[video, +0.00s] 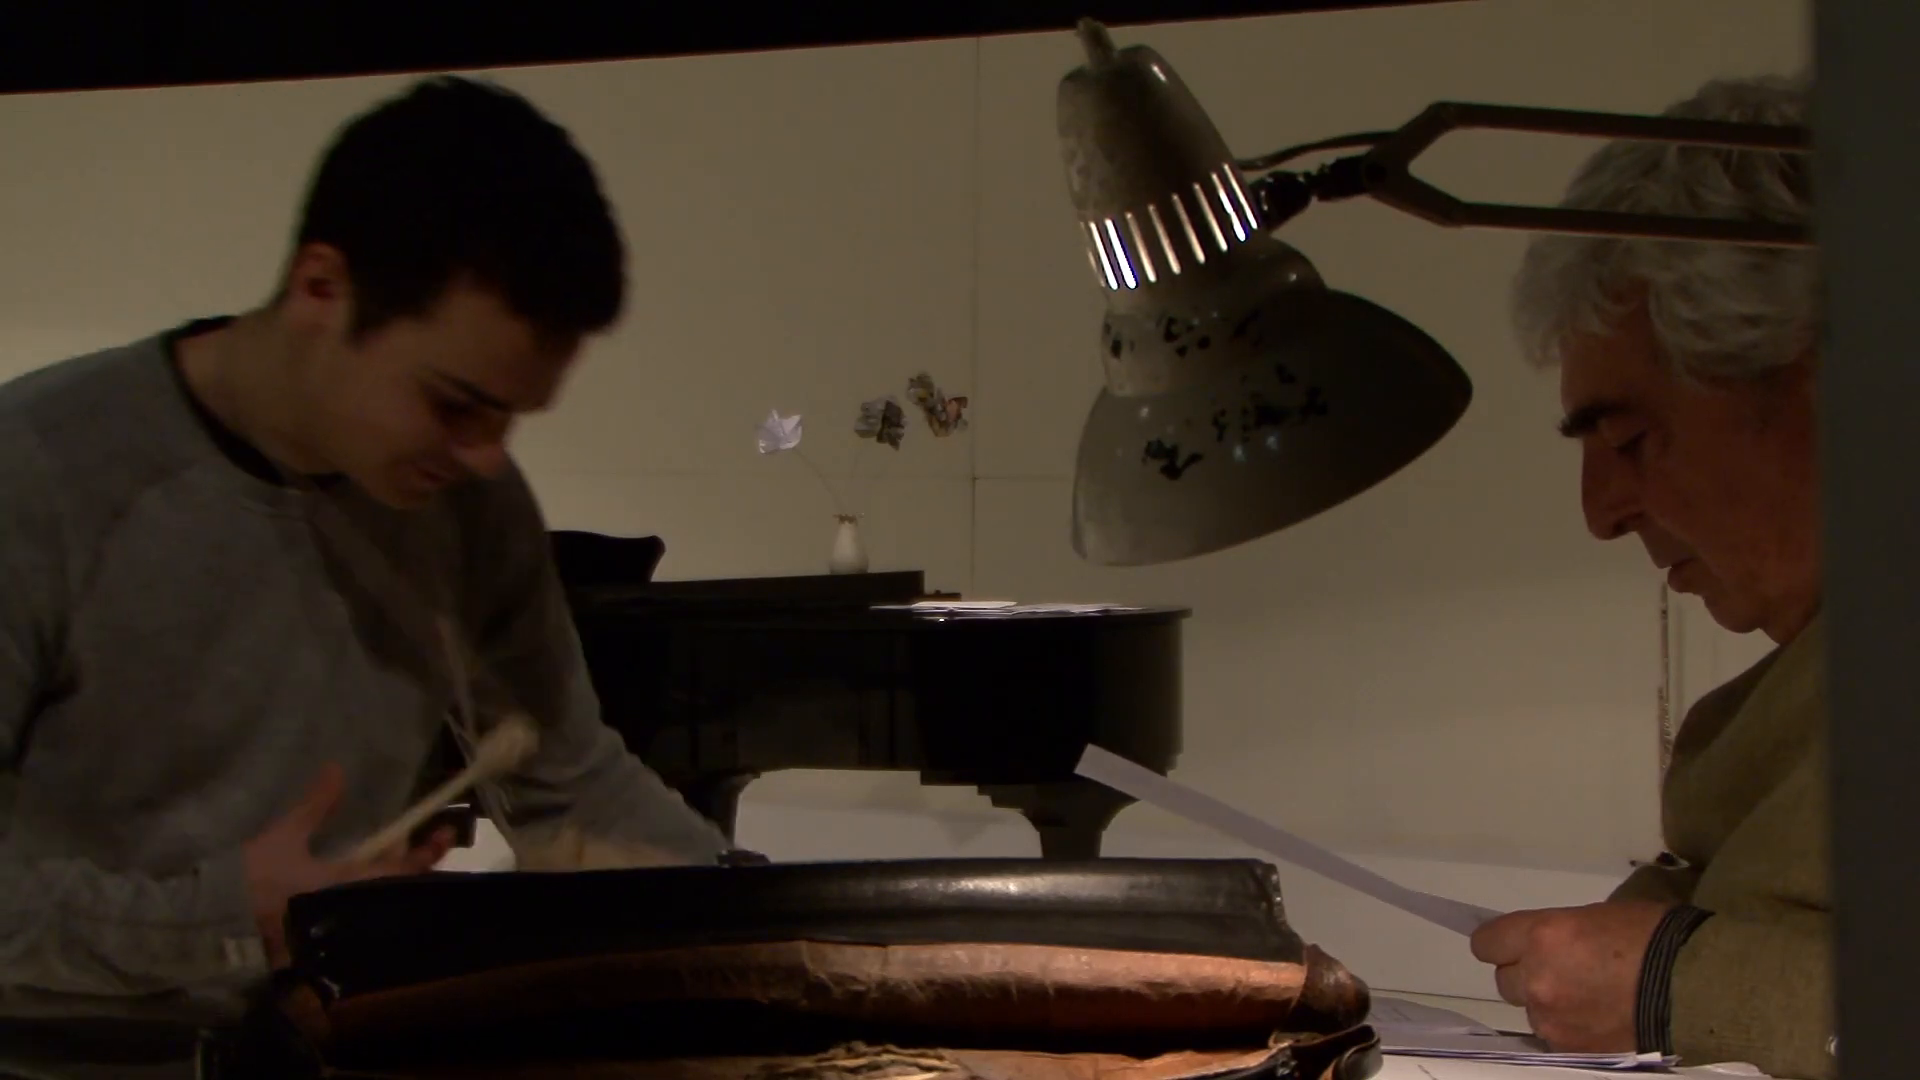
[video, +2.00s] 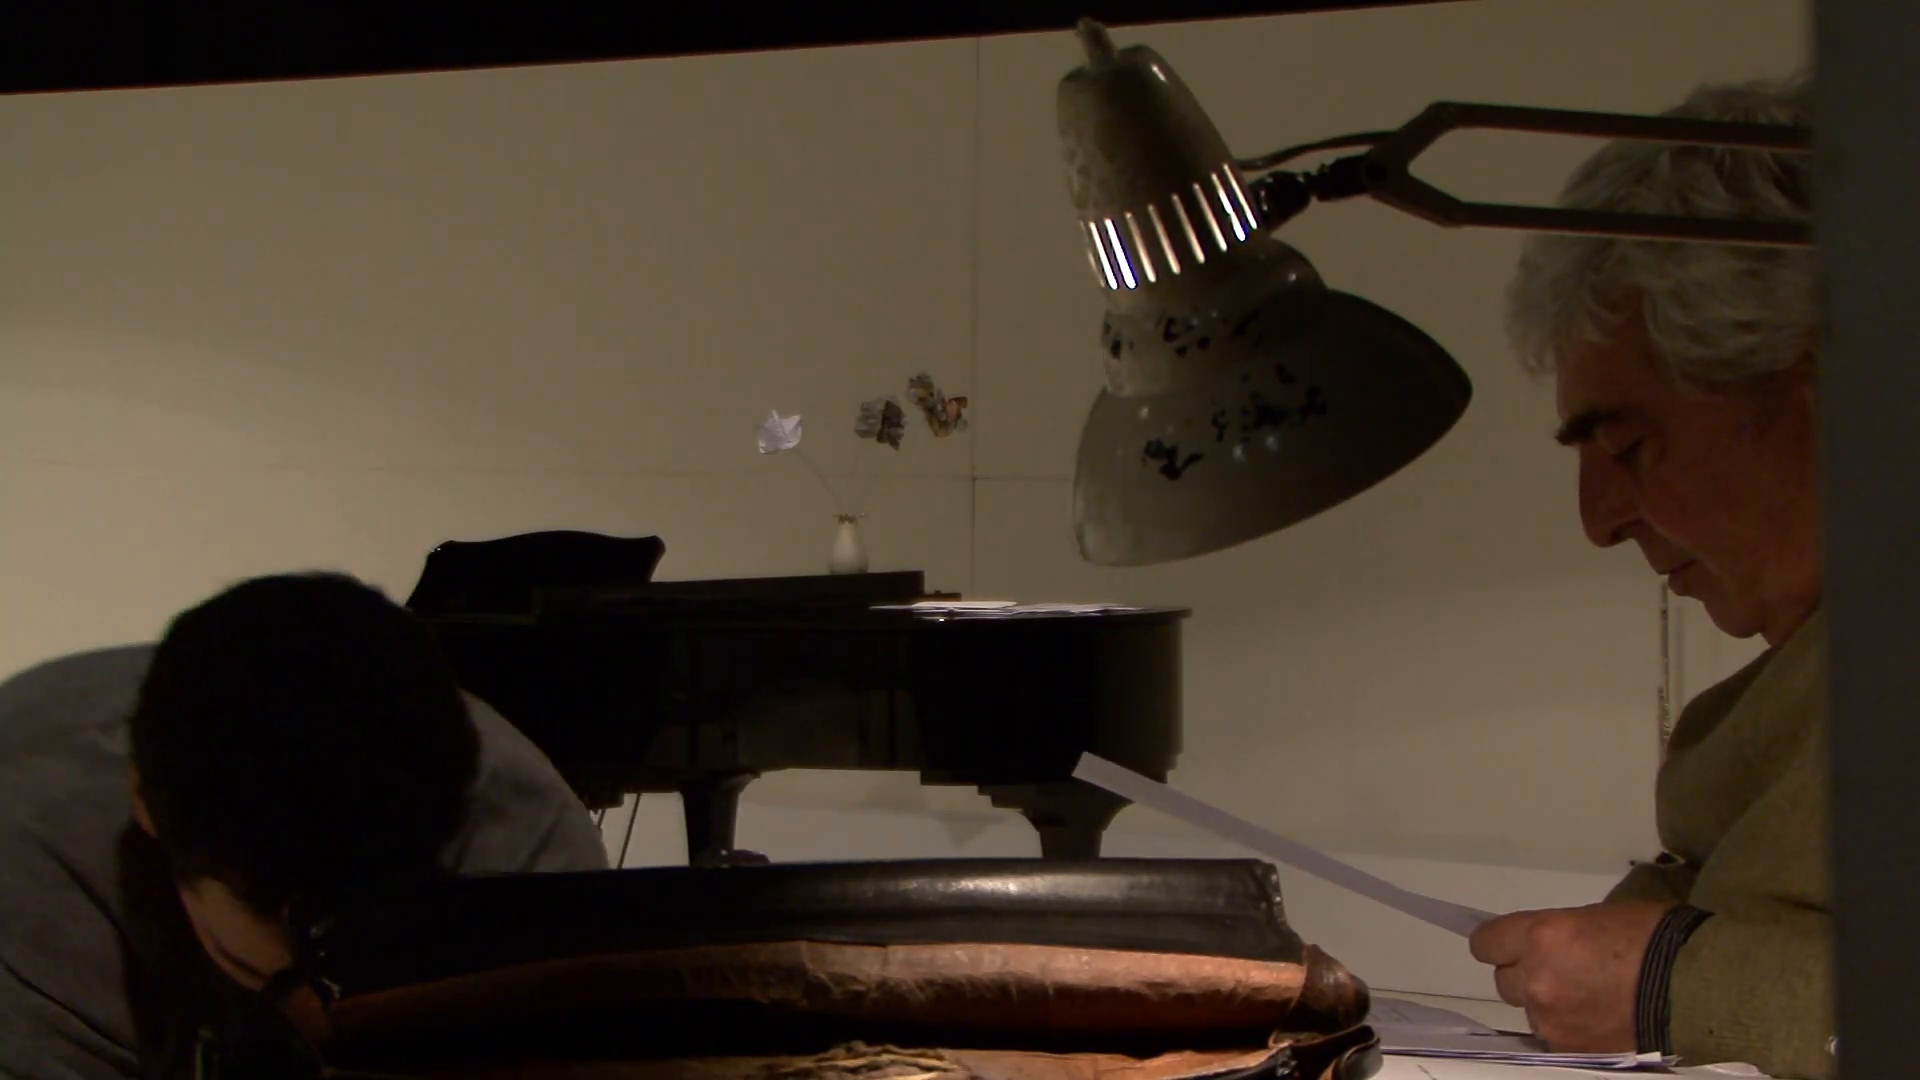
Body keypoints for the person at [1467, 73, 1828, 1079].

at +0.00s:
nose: (1604, 513)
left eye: (1630, 435)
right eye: (1593, 449)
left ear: (1810, 378)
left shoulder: (1876, 659)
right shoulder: (1792, 680)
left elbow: (1894, 1009)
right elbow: (1745, 873)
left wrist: (1675, 986)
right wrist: (1653, 933)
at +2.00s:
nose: (1600, 519)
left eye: (1624, 441)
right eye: (1589, 454)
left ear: (1808, 379)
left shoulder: (1874, 656)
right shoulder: (1799, 667)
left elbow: (1892, 1005)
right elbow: (1733, 873)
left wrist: (1674, 986)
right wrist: (1643, 945)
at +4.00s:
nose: (1596, 528)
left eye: (1622, 451)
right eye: (1585, 466)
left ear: (1801, 388)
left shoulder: (1876, 660)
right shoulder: (1790, 675)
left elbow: (1894, 1007)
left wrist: (1674, 985)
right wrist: (1648, 935)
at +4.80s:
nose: (1594, 533)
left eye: (1617, 455)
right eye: (1582, 470)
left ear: (1800, 383)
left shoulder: (1872, 661)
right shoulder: (1783, 685)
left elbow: (1889, 1008)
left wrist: (1674, 983)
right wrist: (1654, 930)